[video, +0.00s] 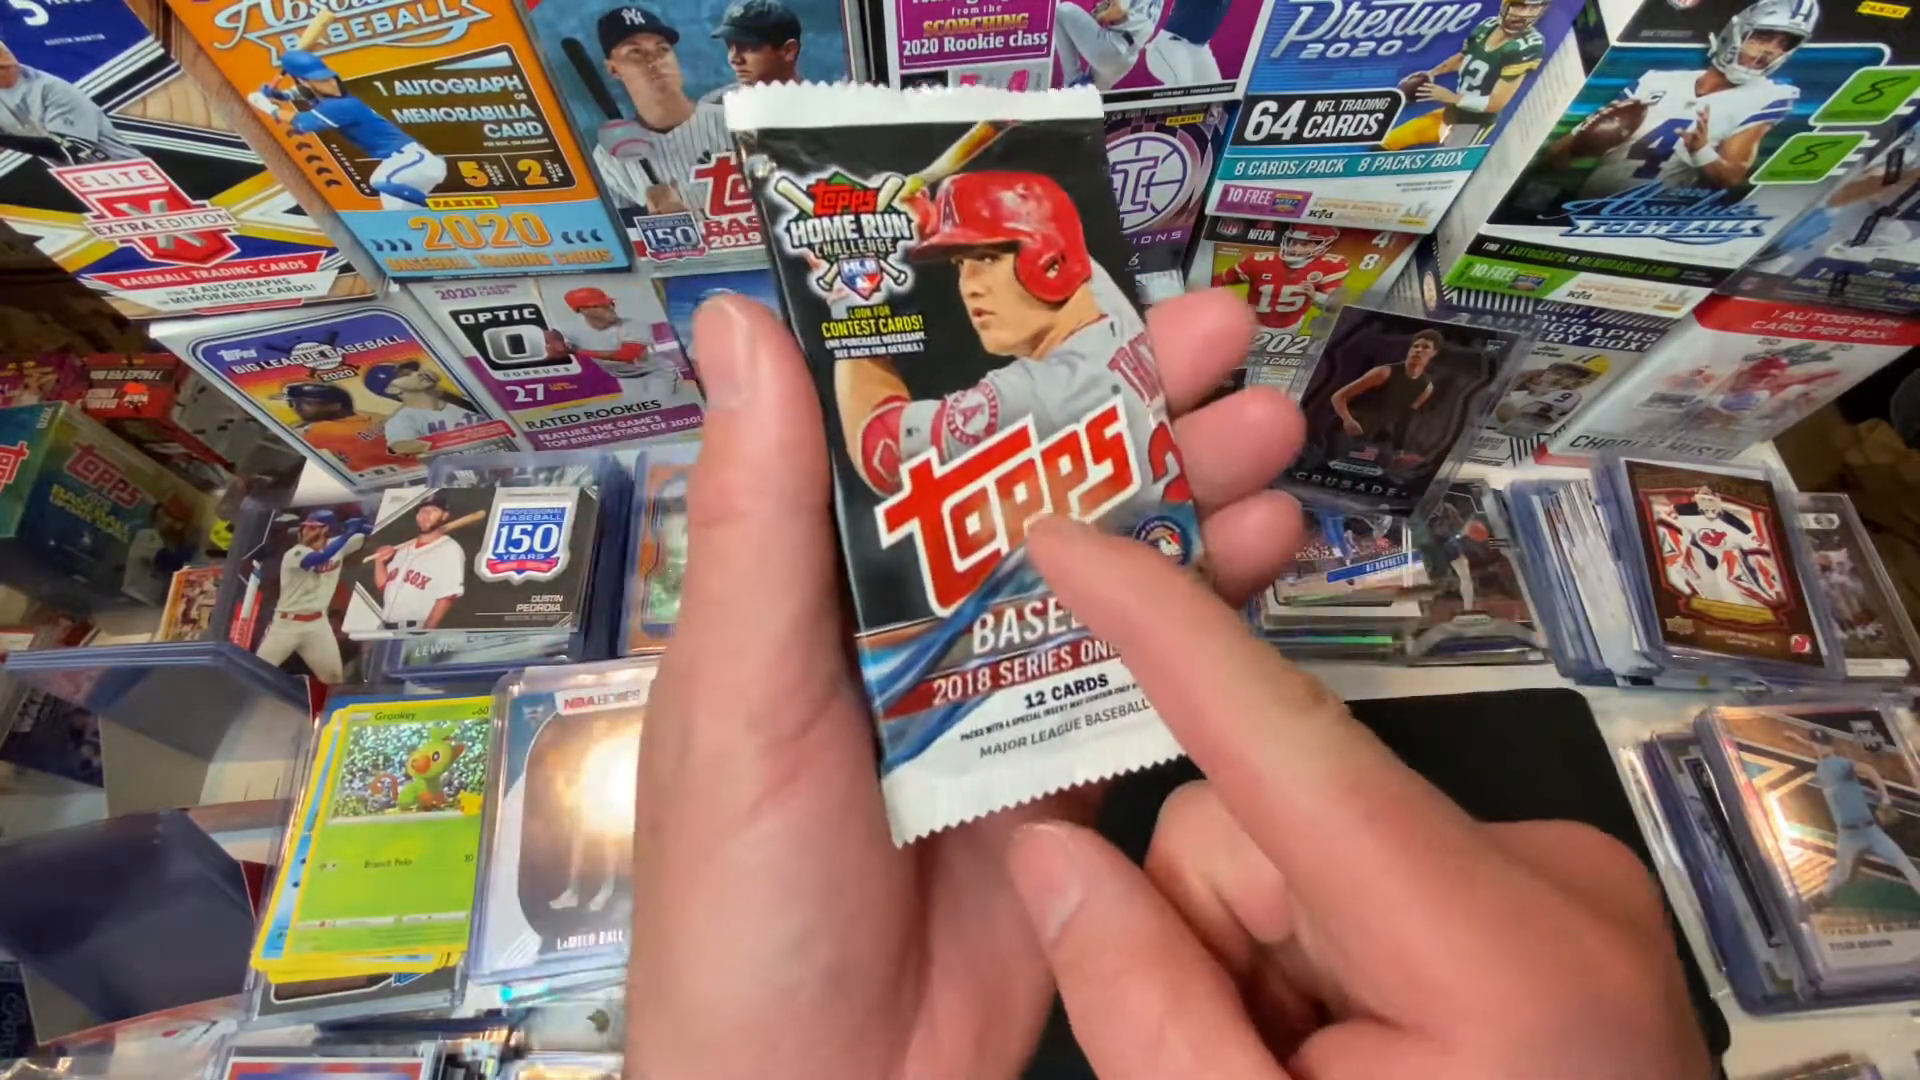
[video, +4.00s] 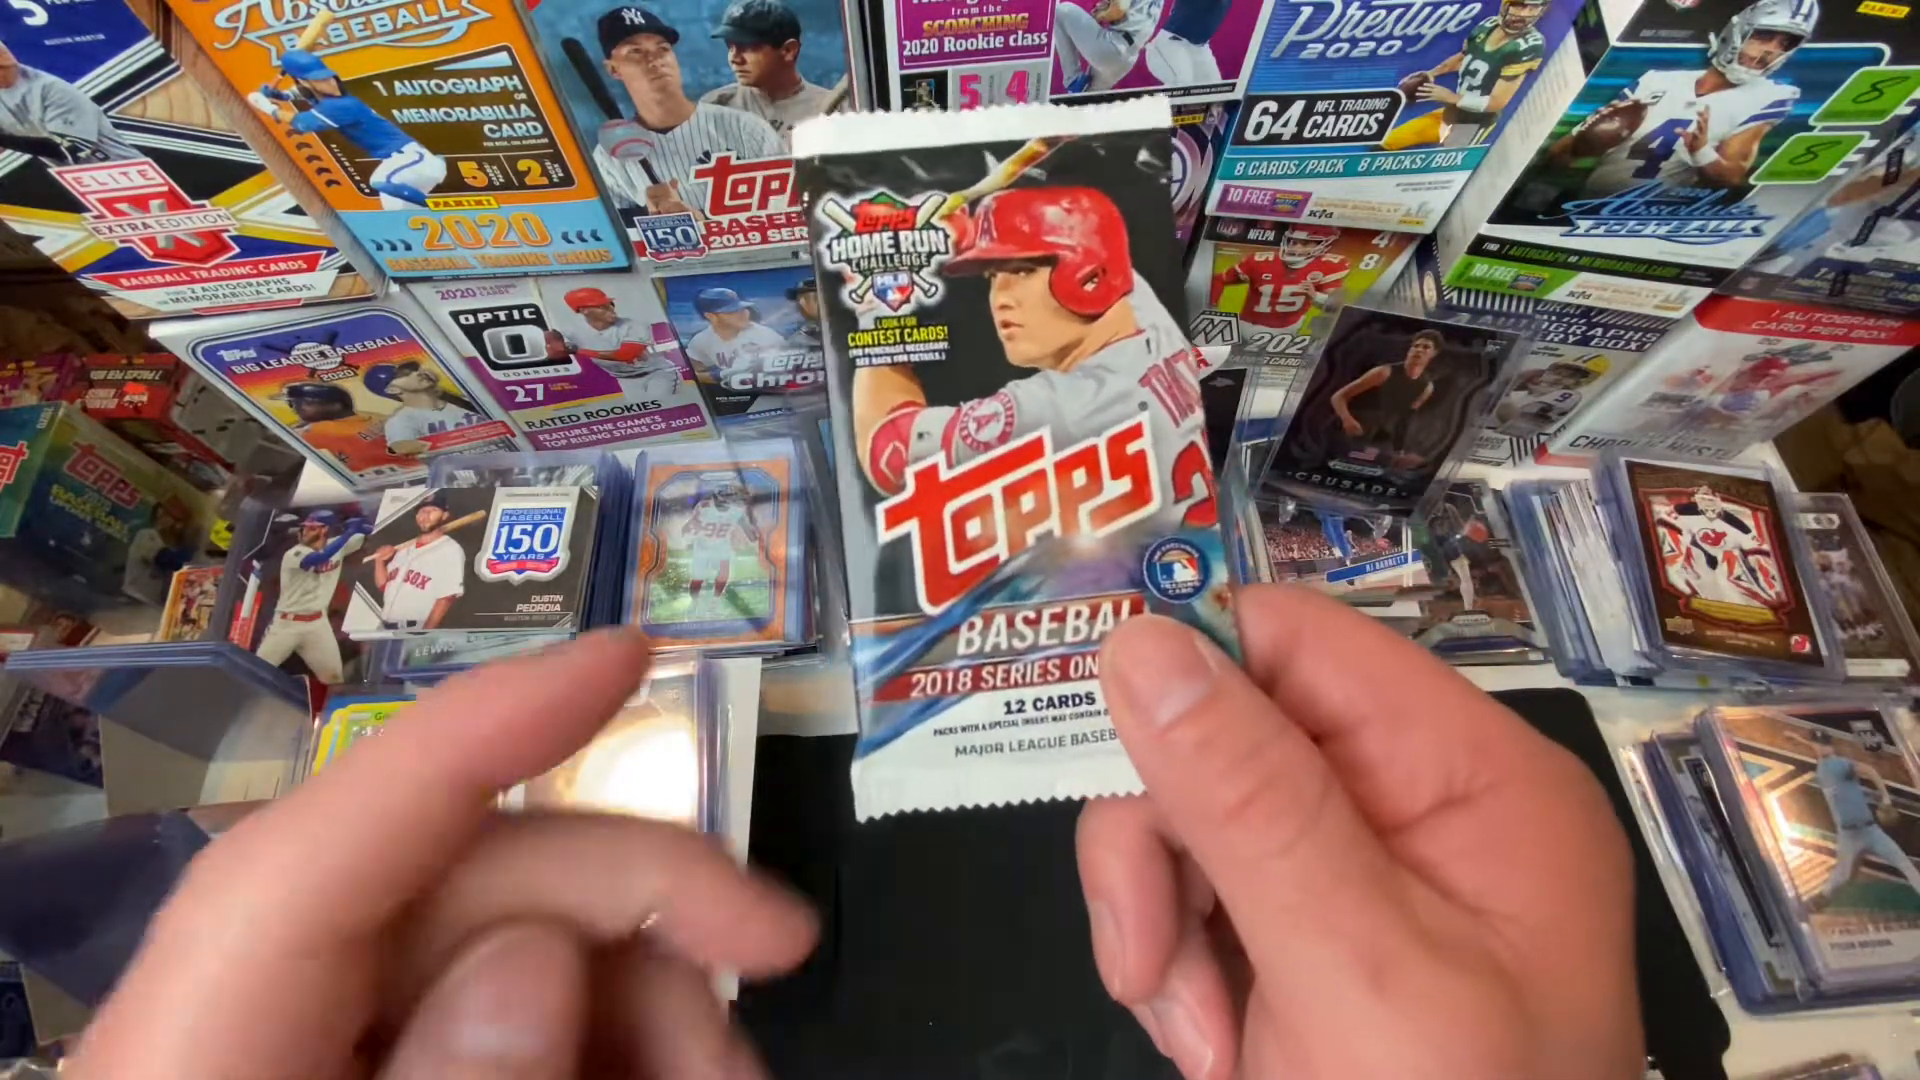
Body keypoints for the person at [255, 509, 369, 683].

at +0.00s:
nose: (303, 531)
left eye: (310, 527)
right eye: (304, 527)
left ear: (324, 530)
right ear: (303, 530)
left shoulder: (337, 549)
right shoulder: (294, 554)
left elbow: (367, 533)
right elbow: (318, 559)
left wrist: (358, 525)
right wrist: (347, 536)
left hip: (317, 625)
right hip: (285, 624)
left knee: (333, 677)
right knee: (258, 670)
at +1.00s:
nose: (303, 531)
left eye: (309, 528)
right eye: (304, 527)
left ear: (323, 531)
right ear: (303, 529)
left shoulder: (337, 548)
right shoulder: (294, 554)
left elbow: (368, 532)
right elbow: (320, 559)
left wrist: (357, 524)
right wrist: (348, 534)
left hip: (317, 625)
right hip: (285, 624)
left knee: (334, 677)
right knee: (258, 670)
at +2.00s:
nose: (303, 532)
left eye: (309, 528)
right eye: (304, 528)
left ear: (323, 530)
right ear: (302, 529)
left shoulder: (338, 547)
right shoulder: (293, 554)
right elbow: (319, 558)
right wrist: (349, 534)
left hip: (318, 624)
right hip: (286, 624)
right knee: (261, 666)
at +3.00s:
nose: (303, 532)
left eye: (309, 528)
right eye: (304, 528)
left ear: (324, 531)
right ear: (303, 530)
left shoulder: (336, 549)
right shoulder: (293, 554)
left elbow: (365, 532)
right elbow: (318, 560)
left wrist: (353, 523)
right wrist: (346, 536)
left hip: (317, 625)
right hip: (284, 624)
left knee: (334, 680)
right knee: (258, 671)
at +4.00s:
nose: (304, 531)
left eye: (310, 528)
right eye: (304, 527)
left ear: (324, 531)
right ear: (303, 529)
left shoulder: (337, 549)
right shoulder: (293, 554)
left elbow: (366, 532)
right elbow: (319, 560)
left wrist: (356, 523)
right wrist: (347, 536)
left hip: (317, 625)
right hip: (285, 625)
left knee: (334, 680)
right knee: (258, 671)